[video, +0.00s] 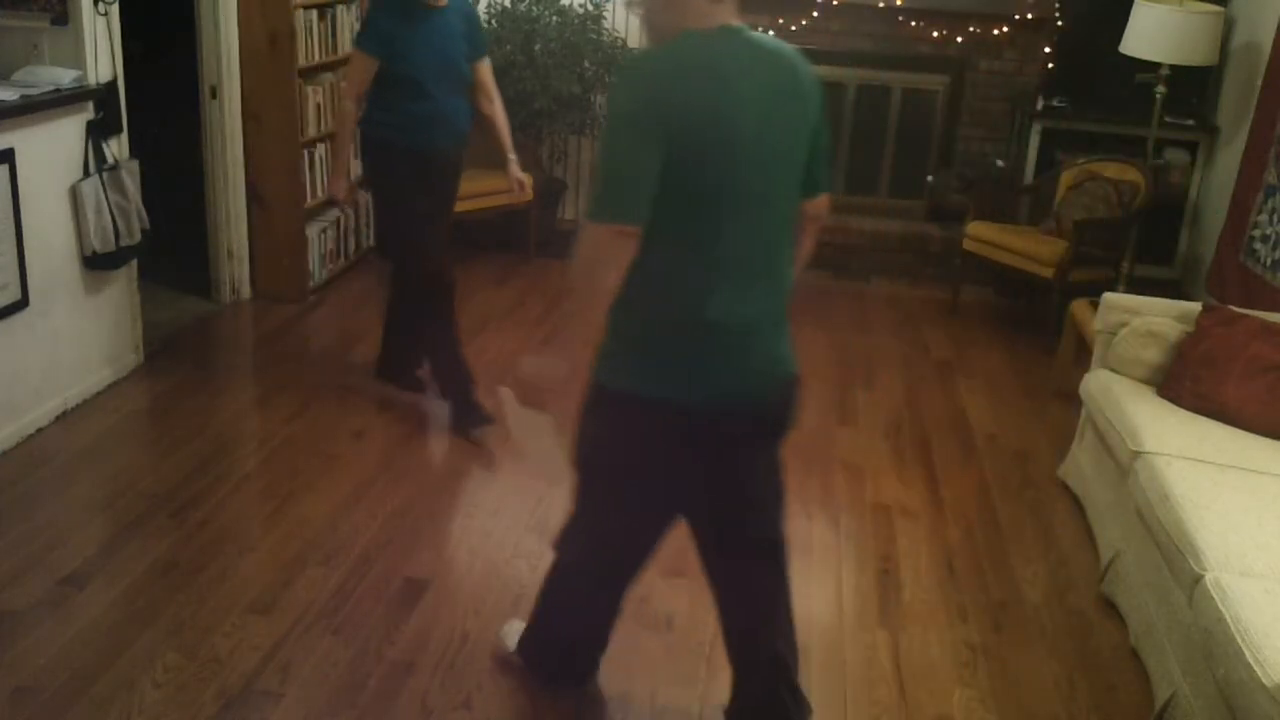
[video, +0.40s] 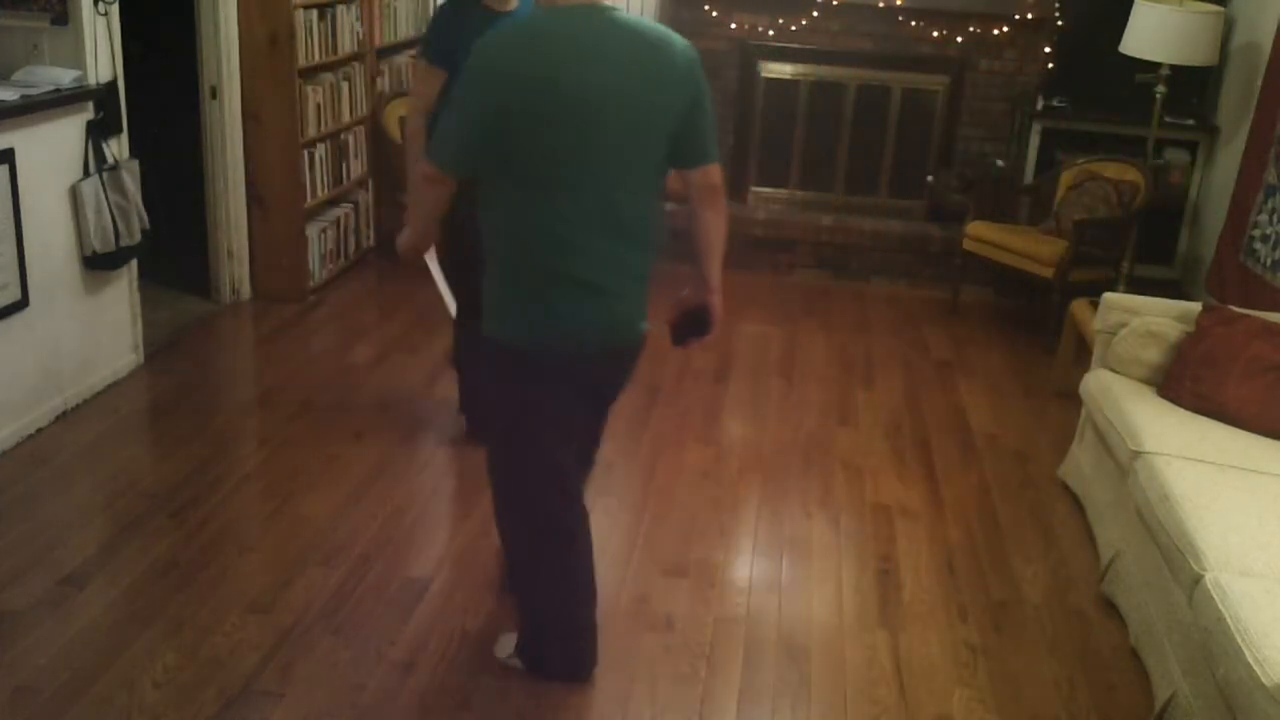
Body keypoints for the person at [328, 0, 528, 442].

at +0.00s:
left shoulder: (464, 14)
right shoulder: (387, 13)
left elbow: (487, 90)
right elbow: (352, 92)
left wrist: (511, 159)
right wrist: (340, 171)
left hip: (445, 155)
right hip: (393, 156)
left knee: (418, 264)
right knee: (432, 269)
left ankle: (395, 362)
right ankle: (461, 398)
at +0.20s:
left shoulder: (501, 19)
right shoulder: (421, 18)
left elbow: (517, 92)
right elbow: (383, 101)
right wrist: (372, 175)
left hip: (478, 163)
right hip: (422, 163)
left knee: (452, 267)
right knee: (456, 275)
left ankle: (406, 349)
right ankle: (482, 404)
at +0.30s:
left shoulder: (521, 18)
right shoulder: (441, 17)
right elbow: (399, 110)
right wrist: (394, 189)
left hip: (505, 168)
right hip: (446, 172)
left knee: (496, 272)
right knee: (471, 288)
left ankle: (430, 339)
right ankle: (482, 413)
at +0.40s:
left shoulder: (538, 19)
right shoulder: (455, 17)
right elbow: (418, 111)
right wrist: (420, 197)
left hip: (524, 183)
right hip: (467, 188)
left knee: (523, 294)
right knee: (474, 303)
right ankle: (479, 412)